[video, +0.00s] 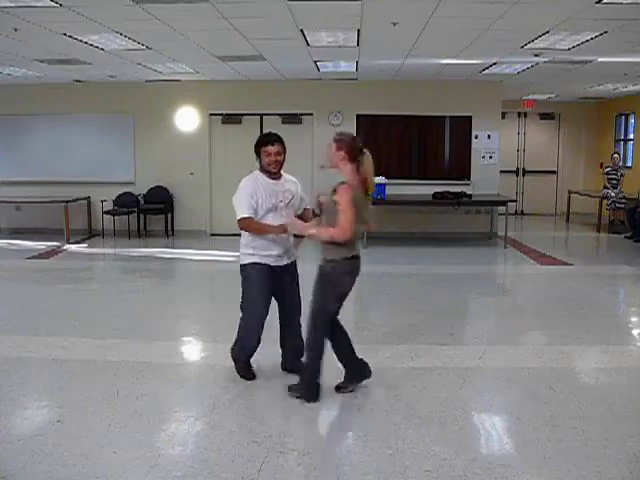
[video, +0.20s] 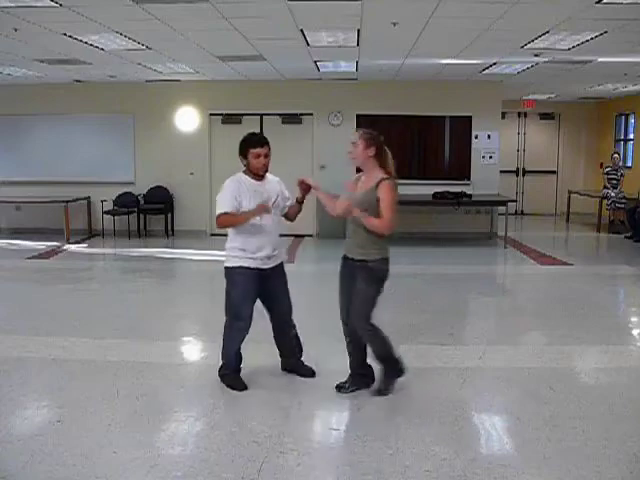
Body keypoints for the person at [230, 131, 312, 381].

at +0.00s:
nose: (274, 159)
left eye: (278, 154)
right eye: (268, 154)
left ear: (284, 155)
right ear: (259, 156)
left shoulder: (292, 183)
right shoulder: (249, 184)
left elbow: (302, 213)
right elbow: (244, 222)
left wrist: (311, 217)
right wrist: (273, 230)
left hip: (285, 260)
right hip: (256, 261)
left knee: (291, 313)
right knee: (255, 313)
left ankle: (292, 359)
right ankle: (241, 356)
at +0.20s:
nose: (263, 161)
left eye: (266, 156)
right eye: (257, 156)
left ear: (270, 156)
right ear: (245, 158)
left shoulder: (275, 184)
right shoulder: (234, 184)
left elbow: (290, 215)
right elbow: (222, 221)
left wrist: (301, 198)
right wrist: (253, 213)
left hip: (271, 262)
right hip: (241, 263)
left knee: (283, 315)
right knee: (239, 319)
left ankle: (291, 361)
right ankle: (229, 370)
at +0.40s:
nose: (248, 162)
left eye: (250, 156)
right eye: (241, 157)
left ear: (254, 156)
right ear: (229, 159)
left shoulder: (262, 184)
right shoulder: (218, 183)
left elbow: (276, 216)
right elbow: (198, 210)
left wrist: (294, 218)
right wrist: (220, 192)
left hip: (256, 262)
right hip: (225, 263)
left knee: (268, 315)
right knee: (228, 321)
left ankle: (280, 359)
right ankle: (228, 371)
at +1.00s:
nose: (248, 160)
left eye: (250, 155)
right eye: (242, 156)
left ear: (252, 157)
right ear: (226, 158)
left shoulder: (257, 187)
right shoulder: (212, 187)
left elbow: (275, 216)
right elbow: (197, 225)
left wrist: (306, 220)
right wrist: (225, 231)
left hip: (250, 266)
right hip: (221, 268)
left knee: (256, 314)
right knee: (225, 321)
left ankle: (244, 358)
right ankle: (223, 375)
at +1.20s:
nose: (256, 161)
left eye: (257, 156)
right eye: (251, 156)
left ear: (257, 157)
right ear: (234, 158)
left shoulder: (254, 185)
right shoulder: (223, 186)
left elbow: (258, 215)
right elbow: (220, 227)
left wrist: (286, 214)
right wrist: (260, 228)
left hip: (254, 267)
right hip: (229, 269)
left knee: (264, 316)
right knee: (231, 325)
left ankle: (255, 365)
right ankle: (224, 376)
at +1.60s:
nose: (270, 160)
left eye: (272, 155)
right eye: (263, 155)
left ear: (273, 157)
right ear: (248, 158)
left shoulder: (259, 185)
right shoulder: (242, 184)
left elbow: (262, 220)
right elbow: (259, 222)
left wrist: (285, 222)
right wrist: (294, 211)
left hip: (261, 264)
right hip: (247, 266)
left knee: (264, 318)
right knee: (264, 318)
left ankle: (260, 369)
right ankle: (232, 365)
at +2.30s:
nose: (253, 158)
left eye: (256, 154)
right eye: (247, 154)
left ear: (258, 156)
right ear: (232, 157)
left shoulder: (252, 185)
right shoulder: (226, 184)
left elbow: (264, 216)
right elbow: (233, 227)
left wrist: (281, 193)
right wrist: (274, 241)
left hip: (251, 266)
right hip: (228, 268)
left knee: (256, 320)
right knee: (230, 324)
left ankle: (259, 370)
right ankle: (213, 379)